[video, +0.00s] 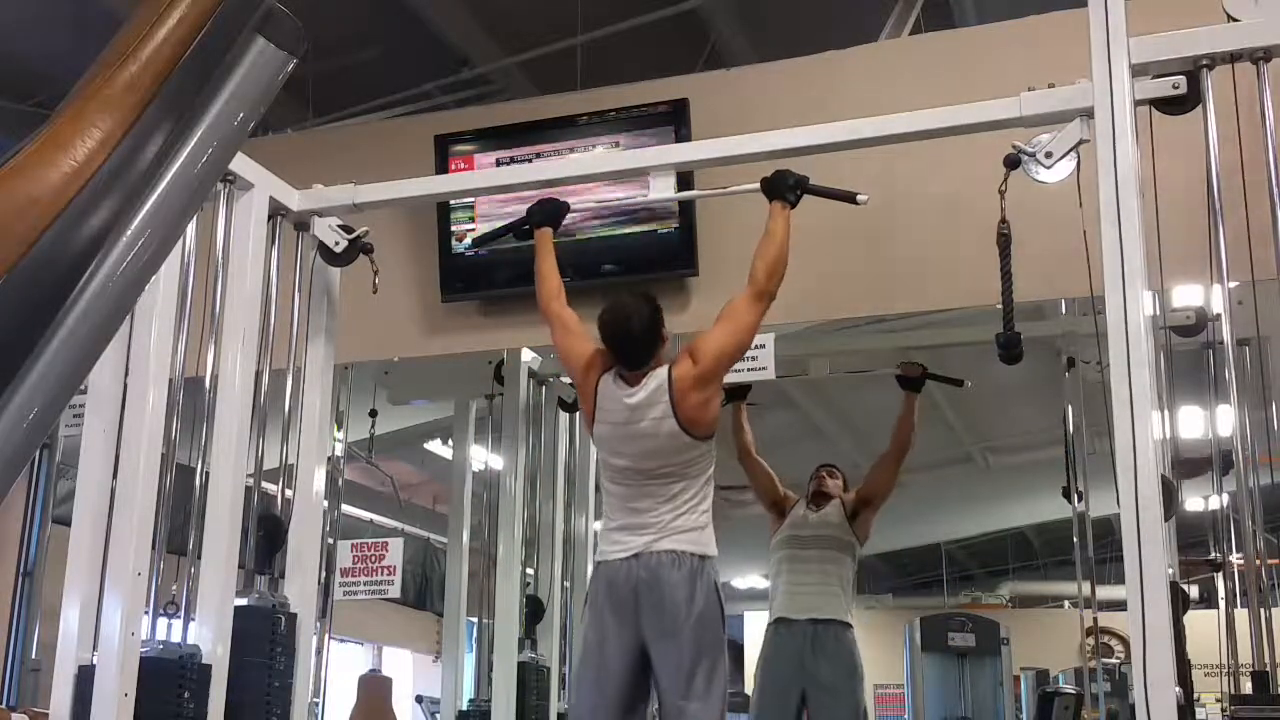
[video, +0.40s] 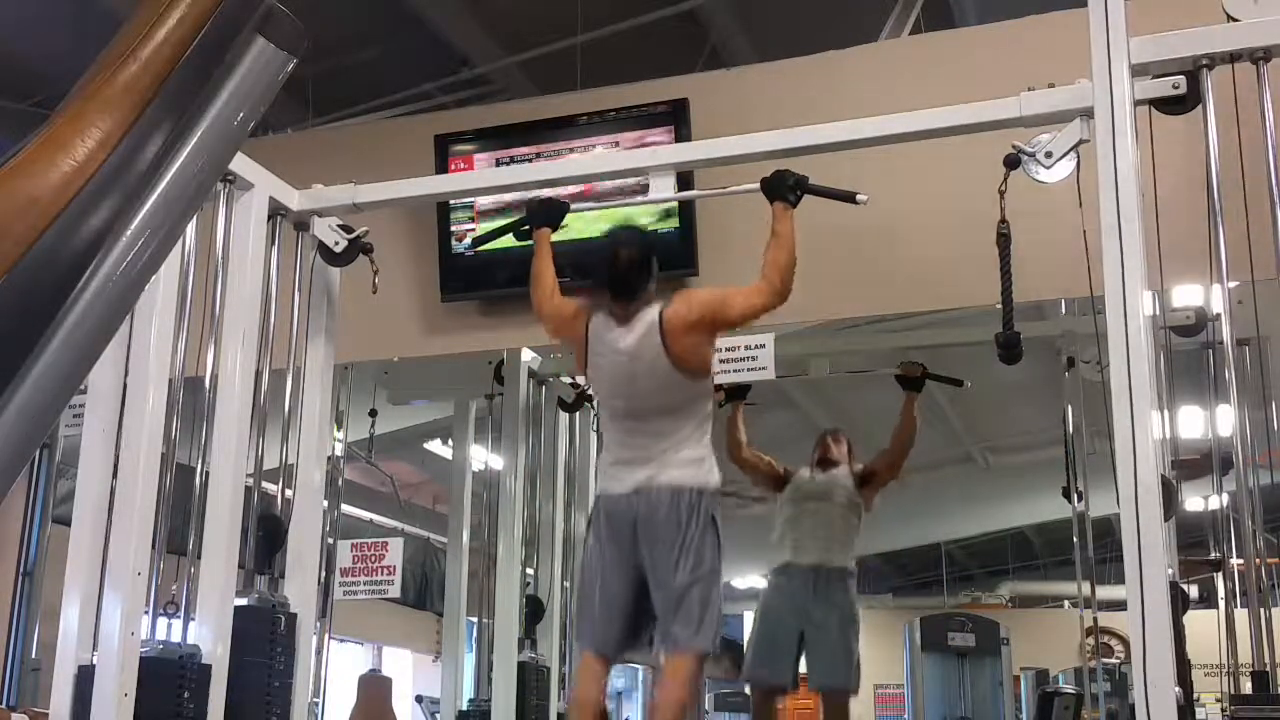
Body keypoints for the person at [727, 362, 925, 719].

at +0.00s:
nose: (823, 476)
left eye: (832, 475)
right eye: (817, 475)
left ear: (844, 490)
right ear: (807, 488)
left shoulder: (855, 509)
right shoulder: (785, 507)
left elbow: (897, 452)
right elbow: (747, 454)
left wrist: (910, 394)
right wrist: (738, 401)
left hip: (834, 638)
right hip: (781, 636)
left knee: (843, 713)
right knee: (769, 713)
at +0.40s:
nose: (830, 442)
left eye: (837, 440)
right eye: (824, 440)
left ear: (850, 454)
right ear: (814, 452)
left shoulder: (860, 482)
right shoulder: (790, 478)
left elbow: (898, 451)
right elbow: (739, 454)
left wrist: (911, 396)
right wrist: (736, 404)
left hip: (835, 586)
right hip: (784, 583)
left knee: (836, 694)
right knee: (763, 690)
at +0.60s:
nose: (828, 396)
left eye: (836, 394)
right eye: (823, 395)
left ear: (849, 409)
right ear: (814, 409)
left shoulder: (861, 433)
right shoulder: (793, 437)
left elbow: (905, 447)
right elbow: (740, 451)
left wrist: (913, 394)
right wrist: (735, 405)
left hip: (838, 538)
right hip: (788, 537)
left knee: (834, 640)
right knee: (772, 635)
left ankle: (826, 716)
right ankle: (777, 715)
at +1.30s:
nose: (832, 444)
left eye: (840, 441)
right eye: (826, 441)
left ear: (854, 455)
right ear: (816, 453)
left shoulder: (863, 482)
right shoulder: (793, 482)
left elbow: (907, 449)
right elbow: (742, 454)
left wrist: (912, 394)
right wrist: (736, 401)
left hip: (841, 584)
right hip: (791, 584)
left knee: (840, 691)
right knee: (790, 690)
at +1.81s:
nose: (829, 418)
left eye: (837, 414)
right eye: (823, 415)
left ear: (851, 428)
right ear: (814, 428)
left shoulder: (861, 454)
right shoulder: (793, 455)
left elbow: (904, 449)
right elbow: (740, 453)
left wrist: (912, 392)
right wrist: (736, 401)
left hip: (840, 551)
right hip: (790, 551)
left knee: (836, 658)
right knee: (781, 652)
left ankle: (825, 717)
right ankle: (809, 715)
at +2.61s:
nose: (826, 465)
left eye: (835, 463)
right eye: (820, 463)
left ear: (848, 476)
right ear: (812, 475)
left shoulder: (860, 498)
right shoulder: (787, 497)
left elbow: (899, 455)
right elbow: (746, 457)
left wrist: (910, 396)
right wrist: (737, 402)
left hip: (837, 609)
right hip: (787, 609)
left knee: (841, 704)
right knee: (780, 704)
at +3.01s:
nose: (828, 418)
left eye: (836, 414)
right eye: (822, 415)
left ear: (850, 426)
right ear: (813, 427)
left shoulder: (861, 454)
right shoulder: (793, 456)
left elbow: (906, 445)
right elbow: (741, 453)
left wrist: (912, 393)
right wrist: (735, 401)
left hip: (842, 556)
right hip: (792, 556)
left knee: (840, 663)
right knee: (781, 660)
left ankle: (829, 717)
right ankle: (806, 715)